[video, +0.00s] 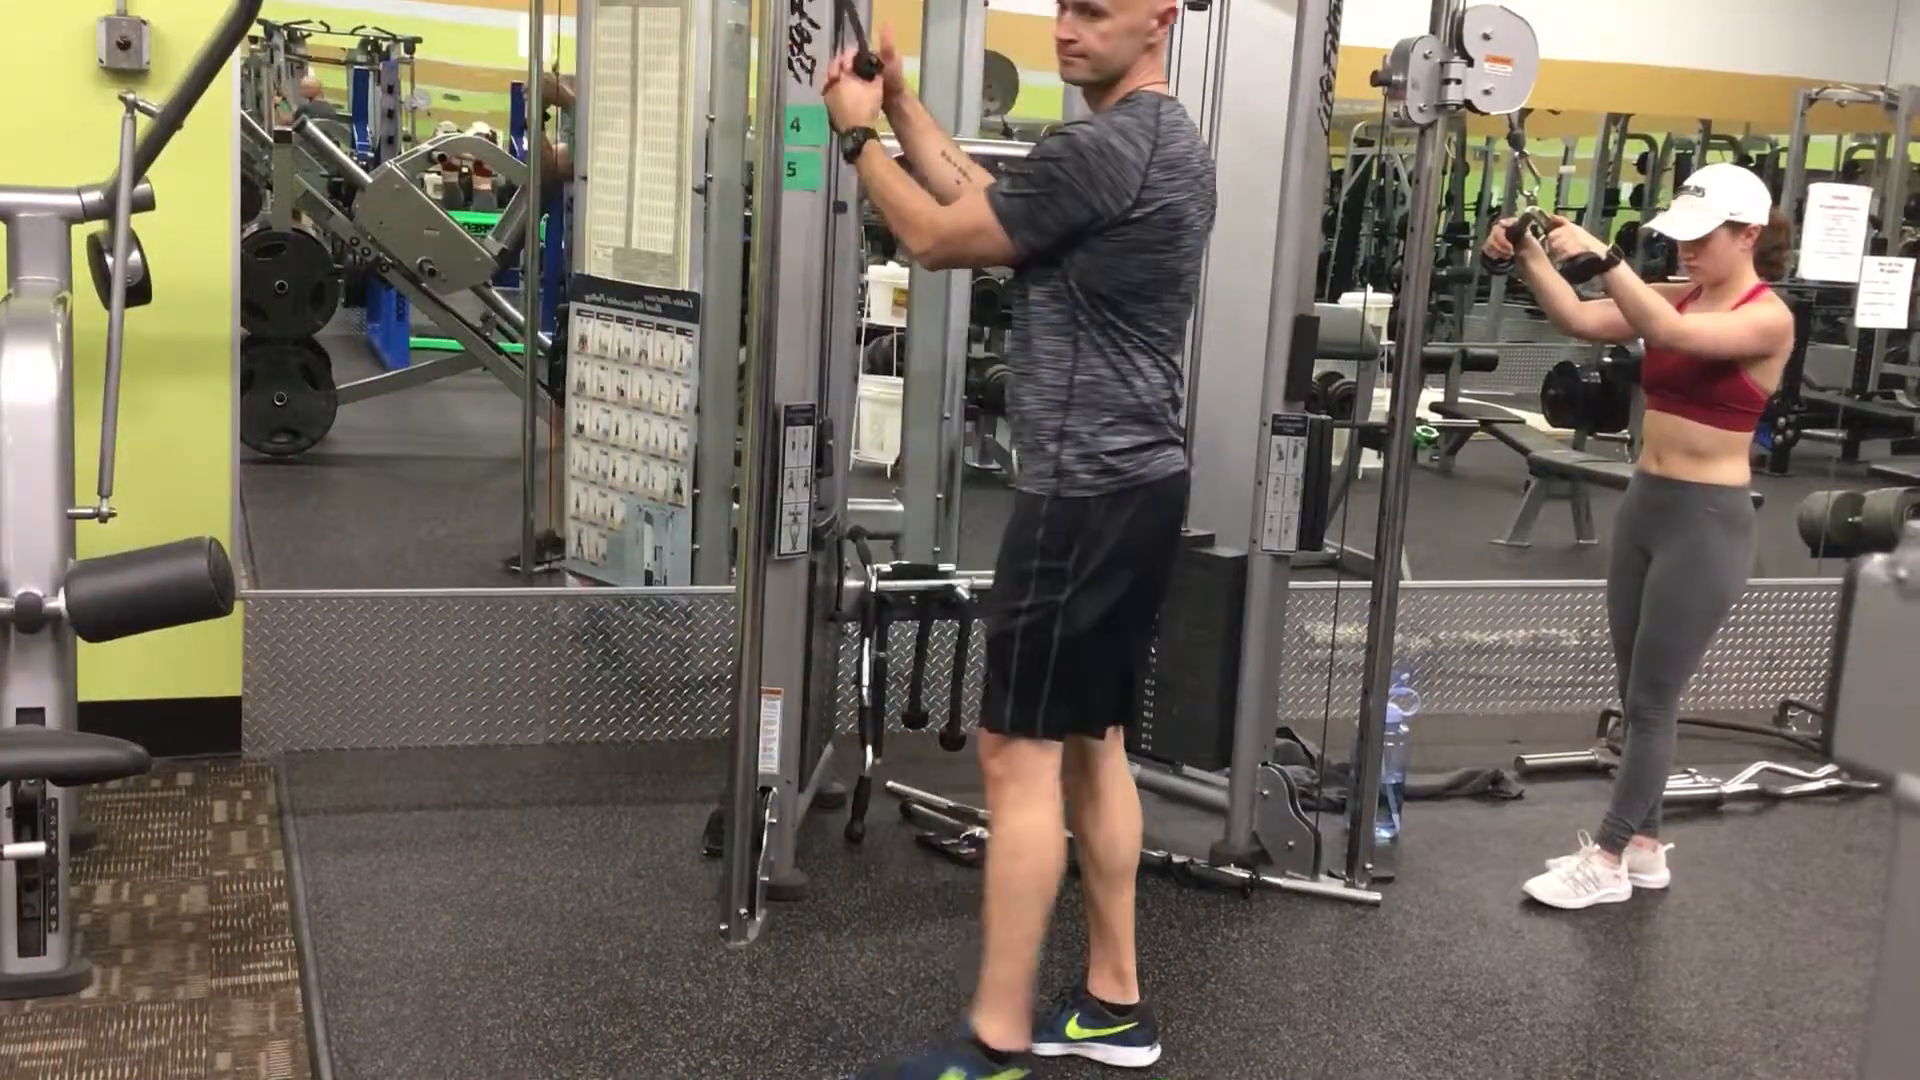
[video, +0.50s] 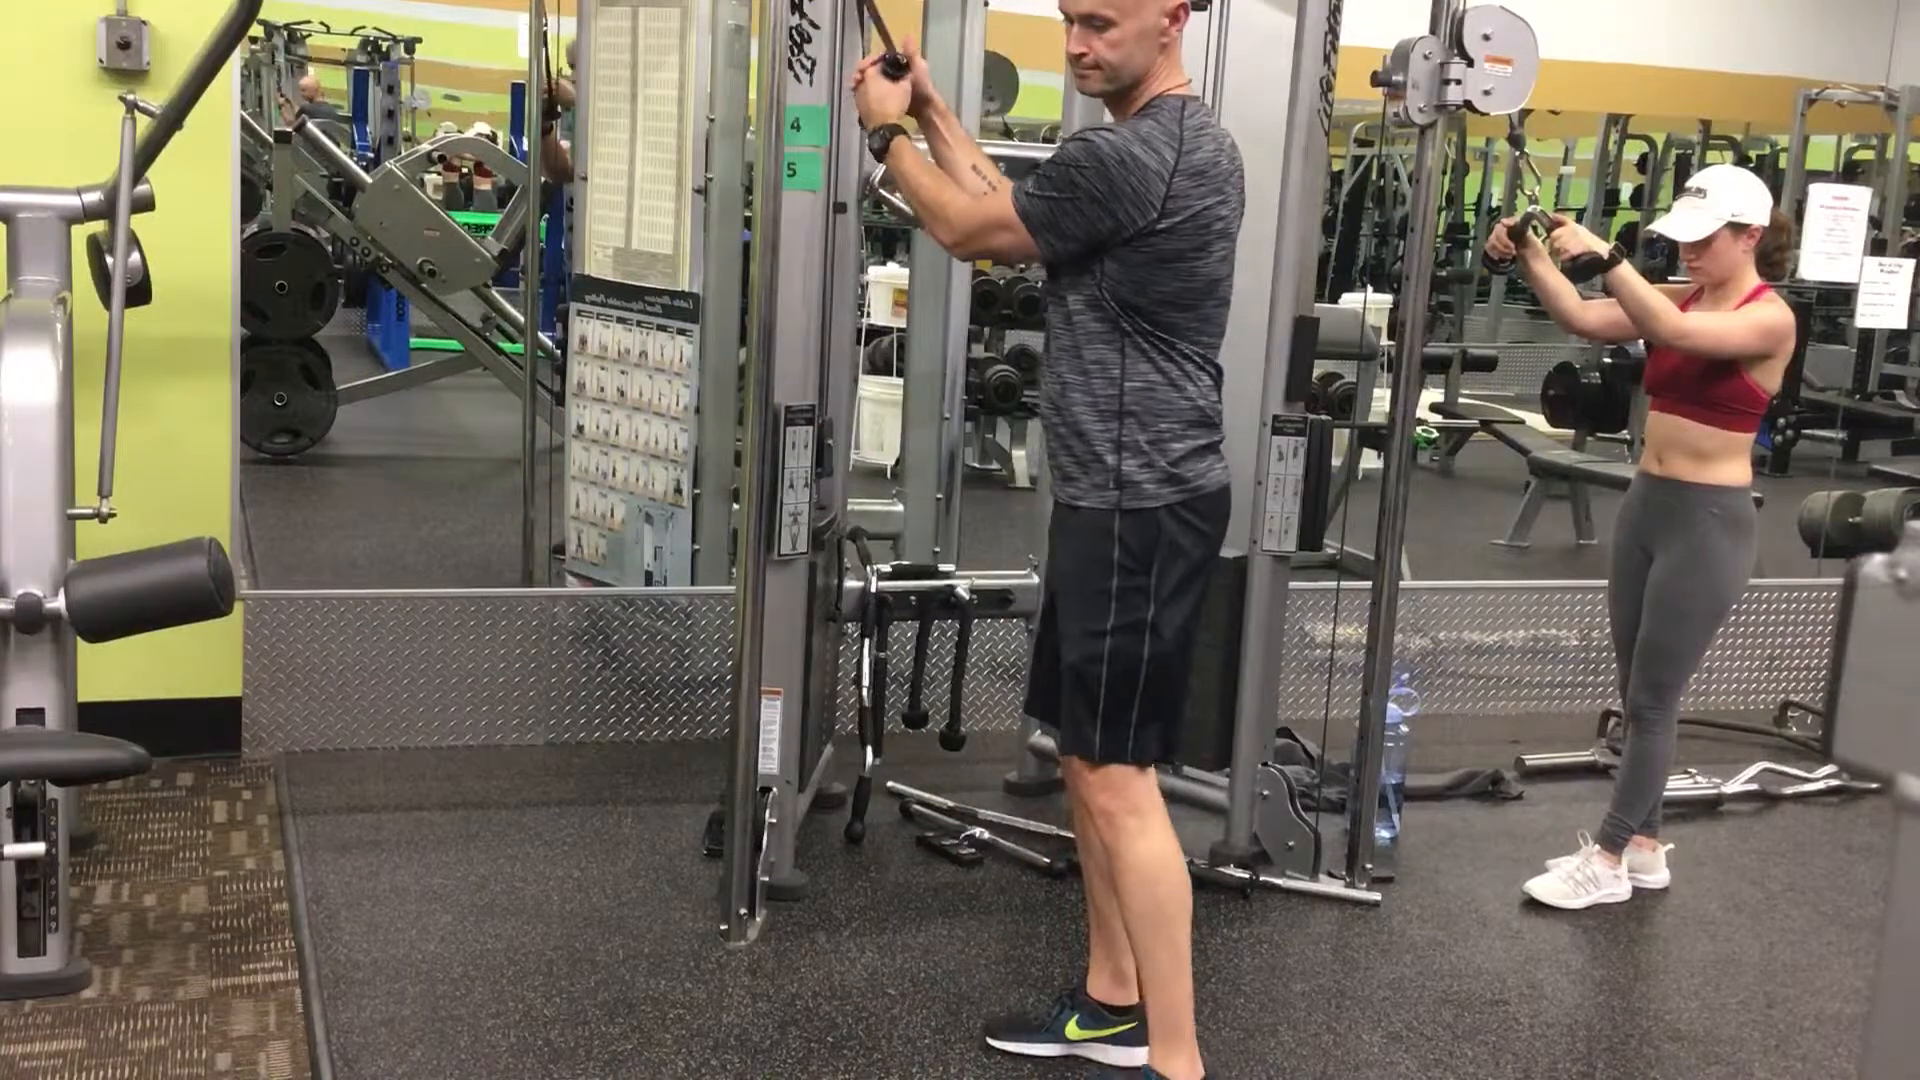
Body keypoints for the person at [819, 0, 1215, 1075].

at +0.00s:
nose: (1066, 23)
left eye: (1094, 10)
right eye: (1063, 6)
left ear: (1161, 21)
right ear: (1062, 13)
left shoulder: (1112, 145)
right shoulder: (1164, 137)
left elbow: (936, 238)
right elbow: (992, 210)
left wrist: (858, 131)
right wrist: (903, 111)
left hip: (1082, 488)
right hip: (1133, 481)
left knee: (1016, 753)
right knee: (1095, 744)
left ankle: (995, 1039)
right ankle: (1112, 1003)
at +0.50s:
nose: (1077, 43)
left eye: (1100, 24)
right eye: (1071, 24)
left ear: (1172, 22)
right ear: (1077, 24)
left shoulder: (1143, 152)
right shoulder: (1174, 139)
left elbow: (965, 229)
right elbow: (1017, 221)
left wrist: (887, 130)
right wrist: (938, 116)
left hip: (1136, 504)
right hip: (1120, 496)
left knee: (1121, 783)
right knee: (1091, 763)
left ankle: (1178, 1059)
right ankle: (1112, 1004)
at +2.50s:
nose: (1093, 98)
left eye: (1116, 75)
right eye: (1087, 72)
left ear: (1208, 59)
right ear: (1207, 62)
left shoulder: (1174, 202)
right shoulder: (1283, 166)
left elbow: (1040, 238)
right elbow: (1099, 226)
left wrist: (962, 146)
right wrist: (1006, 131)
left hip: (1275, 588)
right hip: (1200, 574)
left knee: (1198, 911)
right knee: (1125, 826)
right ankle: (1123, 1050)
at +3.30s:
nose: (1044, 119)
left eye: (1068, 96)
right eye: (1034, 92)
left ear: (1160, 75)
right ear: (1155, 78)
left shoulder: (1131, 238)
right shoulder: (1210, 173)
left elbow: (978, 310)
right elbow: (1026, 280)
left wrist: (855, 246)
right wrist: (886, 225)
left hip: (1250, 596)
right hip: (1193, 578)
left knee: (1166, 928)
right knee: (1115, 821)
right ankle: (1128, 1053)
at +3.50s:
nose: (1049, 155)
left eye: (1076, 128)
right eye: (1036, 125)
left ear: (1160, 98)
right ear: (1024, 99)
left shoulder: (1177, 259)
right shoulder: (1109, 205)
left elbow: (966, 404)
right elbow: (974, 344)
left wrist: (805, 367)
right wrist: (811, 340)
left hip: (1242, 603)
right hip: (1151, 587)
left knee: (1158, 929)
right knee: (1102, 833)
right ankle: (1131, 1054)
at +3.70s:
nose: (1073, 185)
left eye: (1103, 156)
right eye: (1050, 154)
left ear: (1172, 117)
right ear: (1028, 123)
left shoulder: (1222, 284)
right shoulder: (1050, 230)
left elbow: (1047, 504)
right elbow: (956, 418)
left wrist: (841, 529)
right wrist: (824, 503)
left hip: (1240, 618)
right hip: (1110, 605)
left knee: (1165, 934)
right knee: (1087, 855)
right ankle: (1127, 1053)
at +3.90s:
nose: (1102, 244)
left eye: (1131, 216)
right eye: (1077, 215)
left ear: (1184, 170)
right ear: (1044, 174)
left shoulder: (1254, 321)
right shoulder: (1012, 284)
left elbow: (1127, 571)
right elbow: (952, 487)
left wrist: (942, 680)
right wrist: (899, 656)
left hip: (1253, 626)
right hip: (1105, 606)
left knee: (1192, 933)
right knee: (1054, 858)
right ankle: (1122, 1045)